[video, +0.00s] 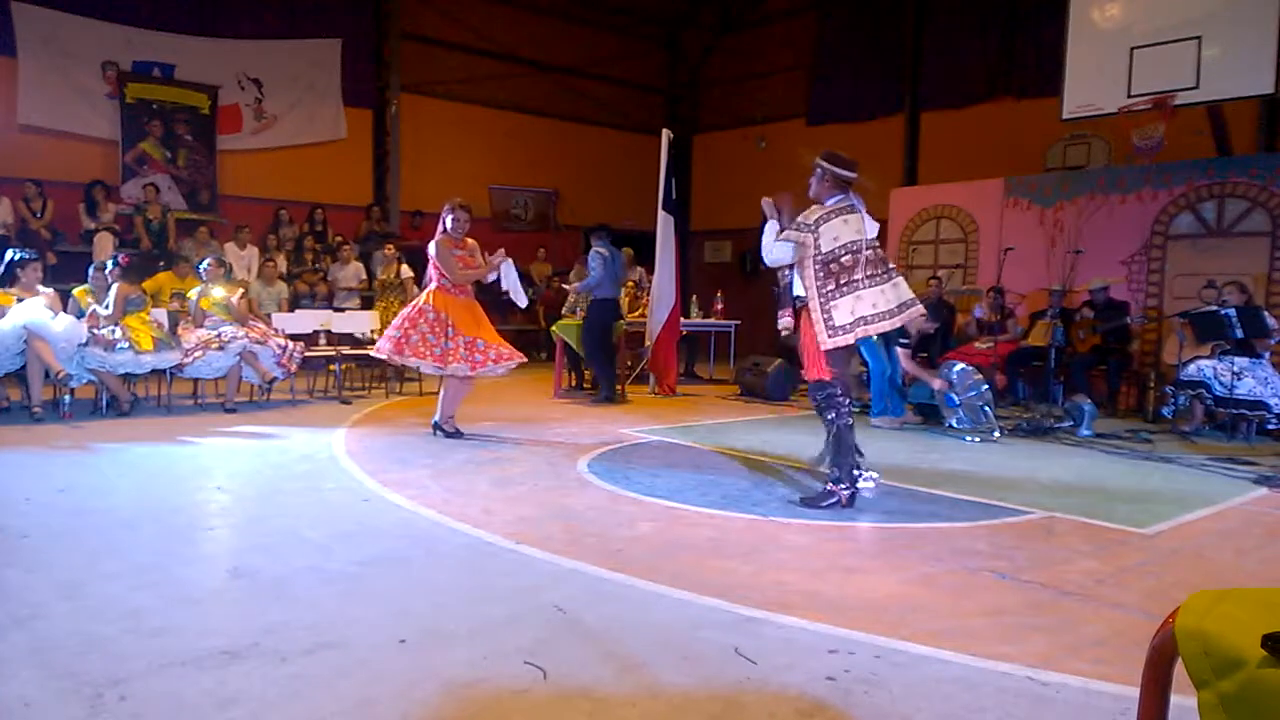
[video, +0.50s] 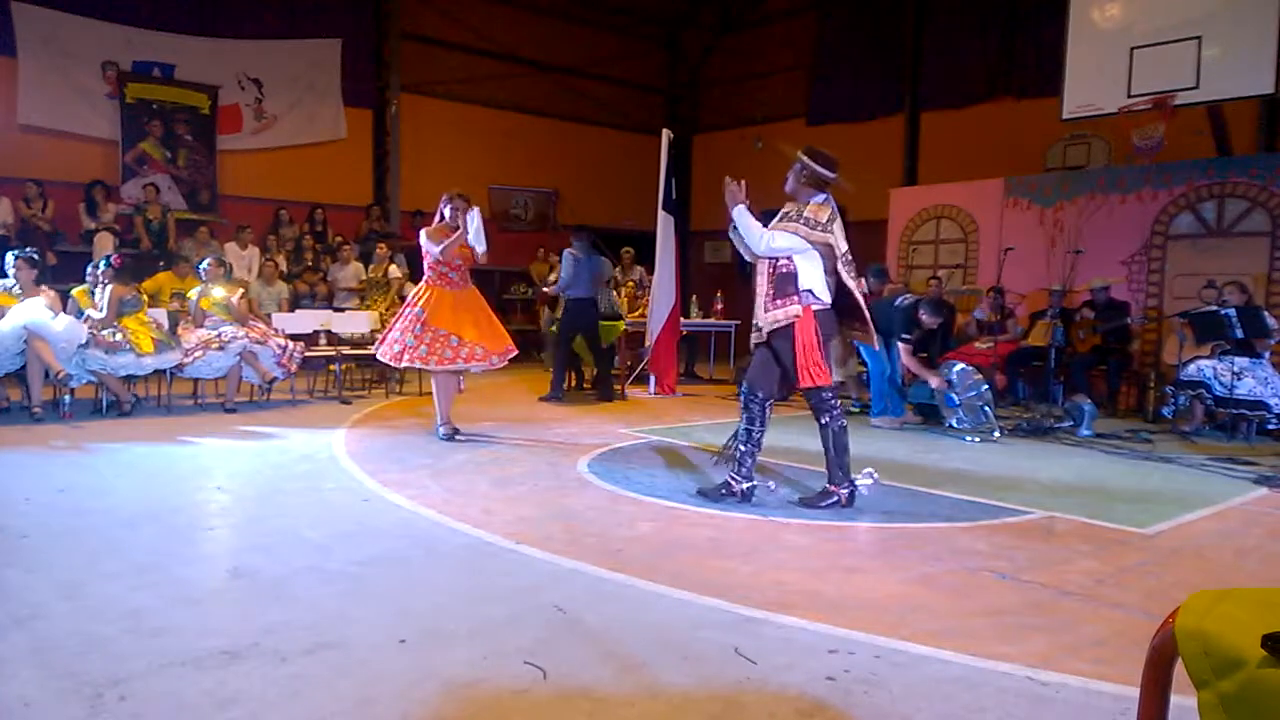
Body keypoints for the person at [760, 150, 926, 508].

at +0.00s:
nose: (809, 183)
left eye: (814, 177)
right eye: (812, 176)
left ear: (826, 181)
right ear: (843, 184)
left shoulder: (812, 222)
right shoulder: (859, 217)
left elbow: (772, 255)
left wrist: (771, 220)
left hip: (818, 316)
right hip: (844, 314)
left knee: (827, 394)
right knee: (833, 391)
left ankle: (841, 482)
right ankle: (848, 464)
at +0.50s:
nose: (786, 176)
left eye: (793, 171)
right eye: (790, 169)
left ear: (805, 178)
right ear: (815, 181)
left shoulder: (812, 216)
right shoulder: (795, 214)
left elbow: (765, 244)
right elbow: (755, 253)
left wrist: (738, 208)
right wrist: (738, 218)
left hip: (806, 318)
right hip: (783, 318)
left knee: (822, 398)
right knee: (756, 391)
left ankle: (841, 485)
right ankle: (740, 480)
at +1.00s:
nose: (739, 175)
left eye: (745, 171)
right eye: (742, 169)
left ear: (759, 178)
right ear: (762, 179)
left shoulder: (777, 215)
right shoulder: (742, 209)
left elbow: (732, 225)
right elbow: (699, 232)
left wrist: (682, 201)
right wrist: (676, 203)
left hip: (749, 318)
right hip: (721, 316)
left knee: (735, 401)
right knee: (722, 400)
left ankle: (734, 489)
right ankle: (728, 481)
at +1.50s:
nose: (721, 182)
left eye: (727, 177)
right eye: (722, 176)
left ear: (743, 182)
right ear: (744, 180)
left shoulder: (755, 218)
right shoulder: (724, 213)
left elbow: (709, 247)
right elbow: (685, 255)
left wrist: (675, 208)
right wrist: (671, 216)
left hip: (733, 316)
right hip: (706, 315)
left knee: (717, 402)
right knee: (706, 401)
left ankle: (719, 492)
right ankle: (739, 478)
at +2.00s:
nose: (714, 189)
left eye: (719, 183)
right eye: (716, 182)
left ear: (733, 187)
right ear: (739, 188)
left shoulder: (747, 226)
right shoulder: (719, 220)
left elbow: (700, 255)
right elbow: (680, 262)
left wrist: (670, 216)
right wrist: (669, 219)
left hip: (727, 324)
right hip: (701, 324)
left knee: (714, 402)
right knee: (688, 405)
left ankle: (720, 492)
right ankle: (734, 476)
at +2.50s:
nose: (713, 185)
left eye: (719, 179)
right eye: (716, 178)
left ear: (734, 185)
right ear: (736, 185)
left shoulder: (744, 222)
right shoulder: (724, 220)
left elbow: (694, 259)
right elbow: (692, 260)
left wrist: (666, 219)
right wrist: (681, 221)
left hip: (730, 321)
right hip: (706, 321)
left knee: (714, 400)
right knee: (694, 402)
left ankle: (721, 490)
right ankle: (733, 475)